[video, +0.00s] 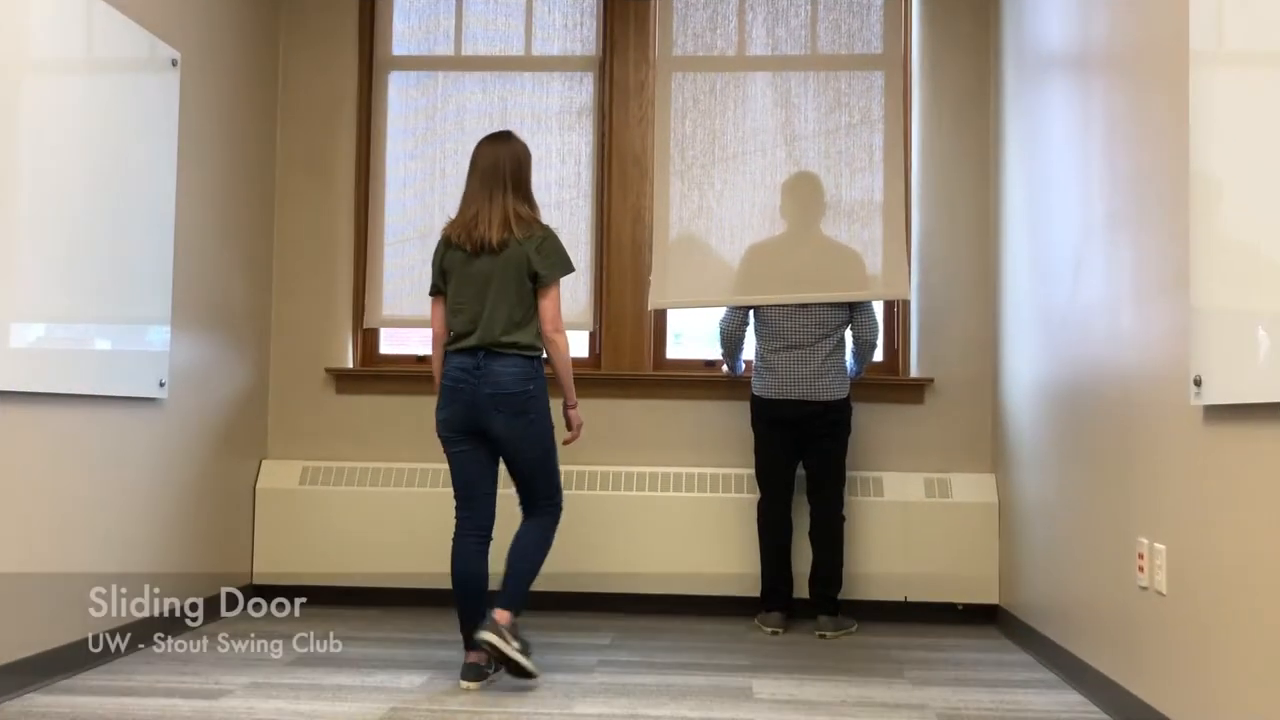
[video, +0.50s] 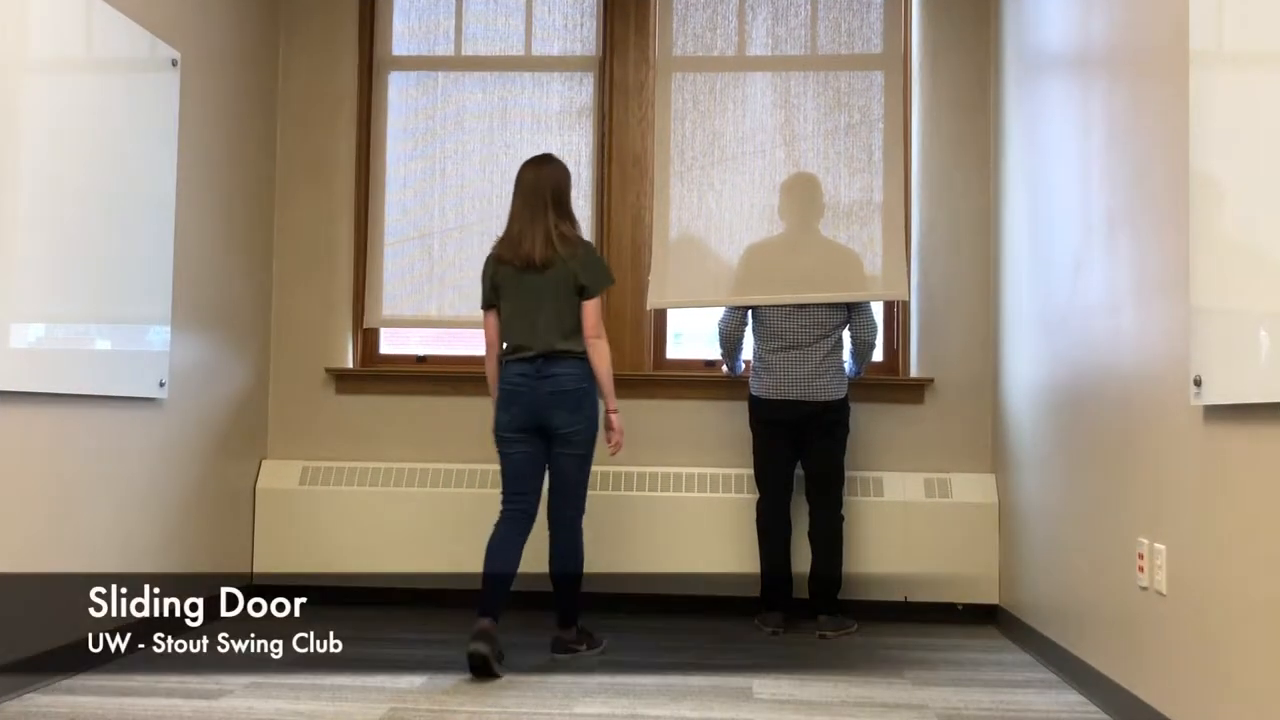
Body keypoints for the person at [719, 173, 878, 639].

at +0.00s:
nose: (800, 210)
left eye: (794, 201)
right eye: (808, 201)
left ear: (783, 206)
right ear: (822, 206)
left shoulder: (759, 256)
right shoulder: (845, 259)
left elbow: (732, 324)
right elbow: (867, 329)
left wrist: (733, 362)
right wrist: (855, 368)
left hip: (772, 398)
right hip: (827, 398)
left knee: (773, 503)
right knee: (827, 506)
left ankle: (774, 610)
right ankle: (826, 612)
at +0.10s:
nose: (799, 211)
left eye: (794, 201)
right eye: (807, 201)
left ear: (783, 206)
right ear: (821, 206)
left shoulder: (759, 256)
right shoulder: (845, 259)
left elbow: (732, 323)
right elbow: (867, 328)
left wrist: (733, 362)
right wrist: (855, 368)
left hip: (772, 398)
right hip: (827, 397)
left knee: (773, 503)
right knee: (827, 507)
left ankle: (774, 610)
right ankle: (827, 612)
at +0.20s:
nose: (800, 211)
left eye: (794, 201)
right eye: (808, 201)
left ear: (783, 206)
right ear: (821, 207)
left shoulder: (758, 256)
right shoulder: (845, 259)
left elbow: (731, 324)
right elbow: (867, 328)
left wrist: (733, 362)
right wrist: (855, 368)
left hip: (772, 397)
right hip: (827, 398)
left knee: (773, 504)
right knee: (826, 505)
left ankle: (774, 611)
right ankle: (826, 612)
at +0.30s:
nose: (802, 211)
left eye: (795, 202)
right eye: (809, 201)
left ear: (783, 206)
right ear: (821, 207)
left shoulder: (758, 256)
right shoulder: (844, 259)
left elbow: (731, 324)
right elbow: (867, 327)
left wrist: (733, 362)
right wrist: (856, 368)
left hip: (771, 398)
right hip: (827, 398)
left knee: (773, 505)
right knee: (826, 507)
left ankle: (774, 611)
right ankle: (827, 613)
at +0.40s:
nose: (802, 212)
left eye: (795, 202)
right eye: (809, 202)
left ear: (783, 207)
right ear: (820, 207)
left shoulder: (758, 256)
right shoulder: (844, 259)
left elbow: (730, 325)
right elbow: (866, 330)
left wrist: (733, 362)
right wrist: (855, 368)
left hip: (771, 398)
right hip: (827, 398)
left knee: (773, 505)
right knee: (826, 506)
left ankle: (774, 611)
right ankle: (826, 612)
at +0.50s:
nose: (798, 211)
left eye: (792, 202)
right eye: (806, 202)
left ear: (782, 207)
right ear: (820, 207)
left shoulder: (758, 256)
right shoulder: (843, 259)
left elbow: (731, 324)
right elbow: (866, 328)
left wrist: (733, 362)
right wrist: (854, 369)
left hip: (771, 398)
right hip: (826, 398)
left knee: (773, 504)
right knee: (826, 506)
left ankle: (774, 611)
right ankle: (825, 612)